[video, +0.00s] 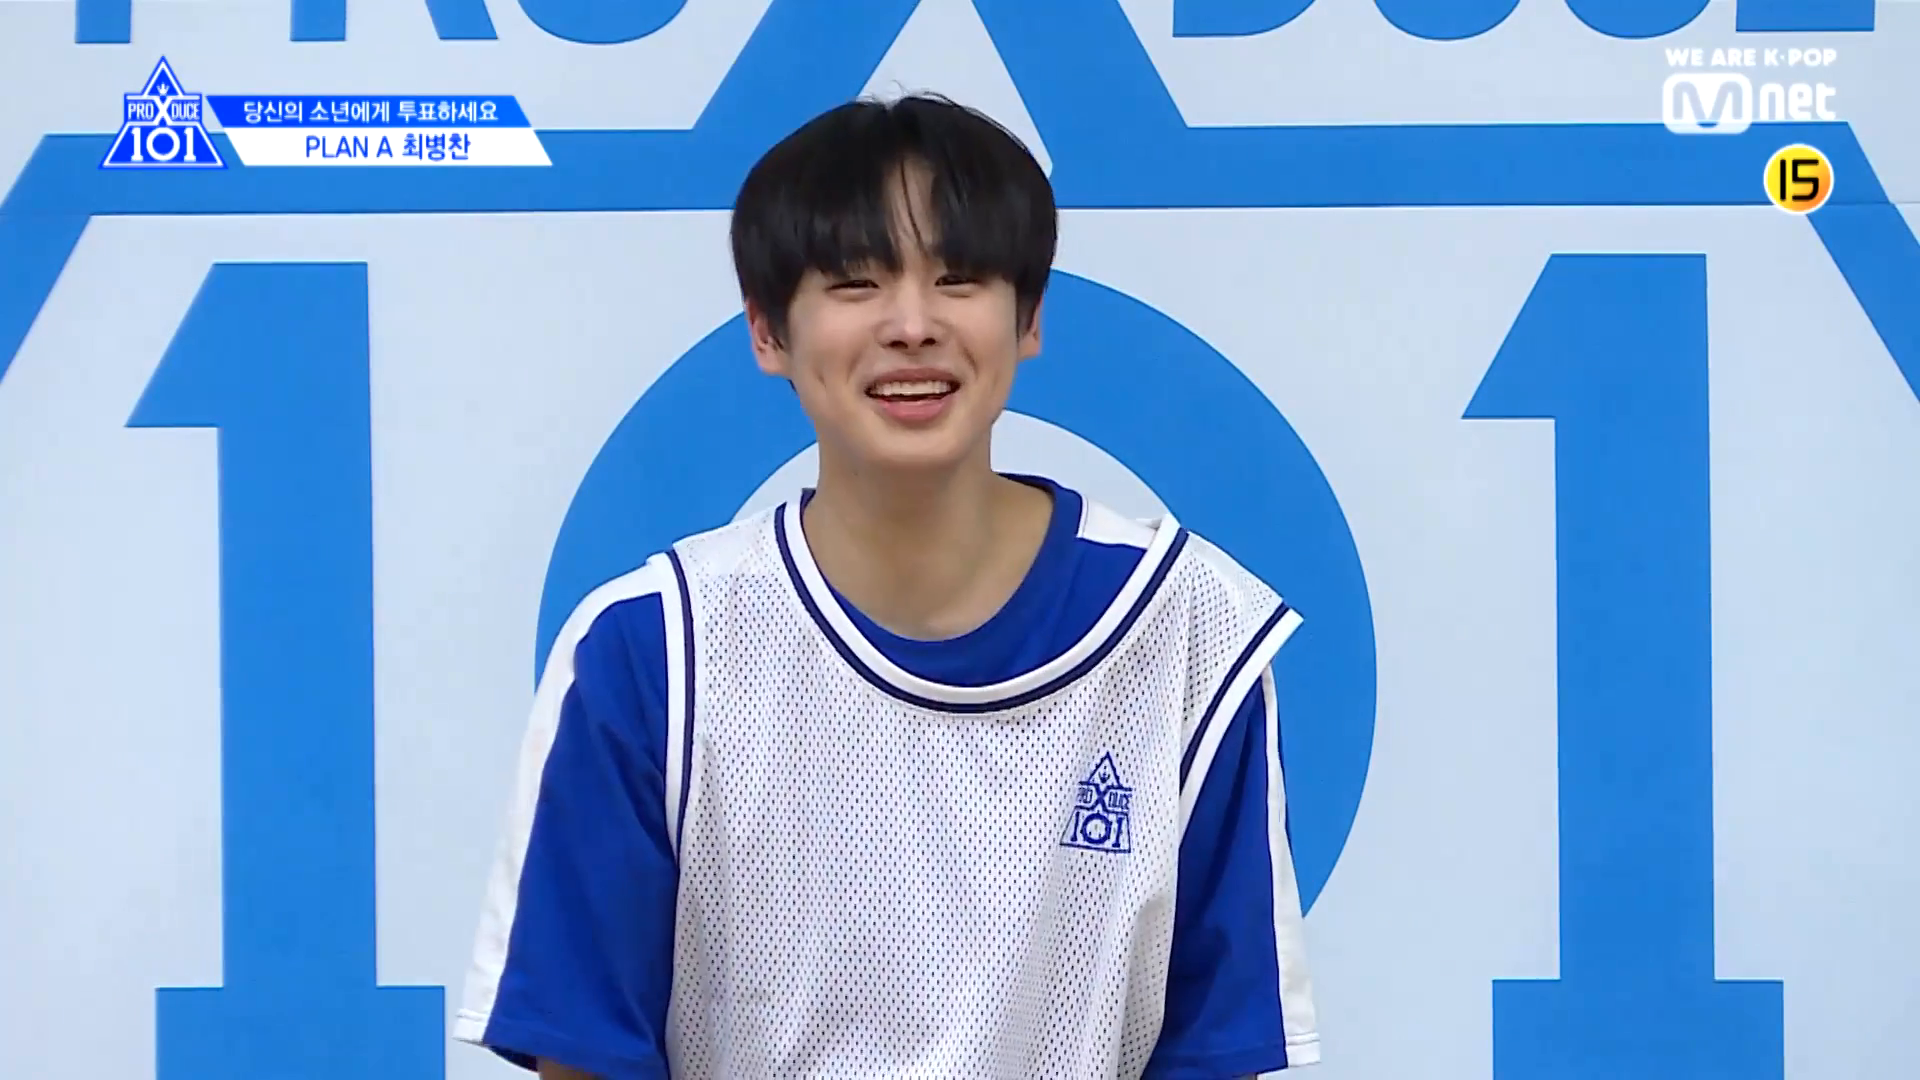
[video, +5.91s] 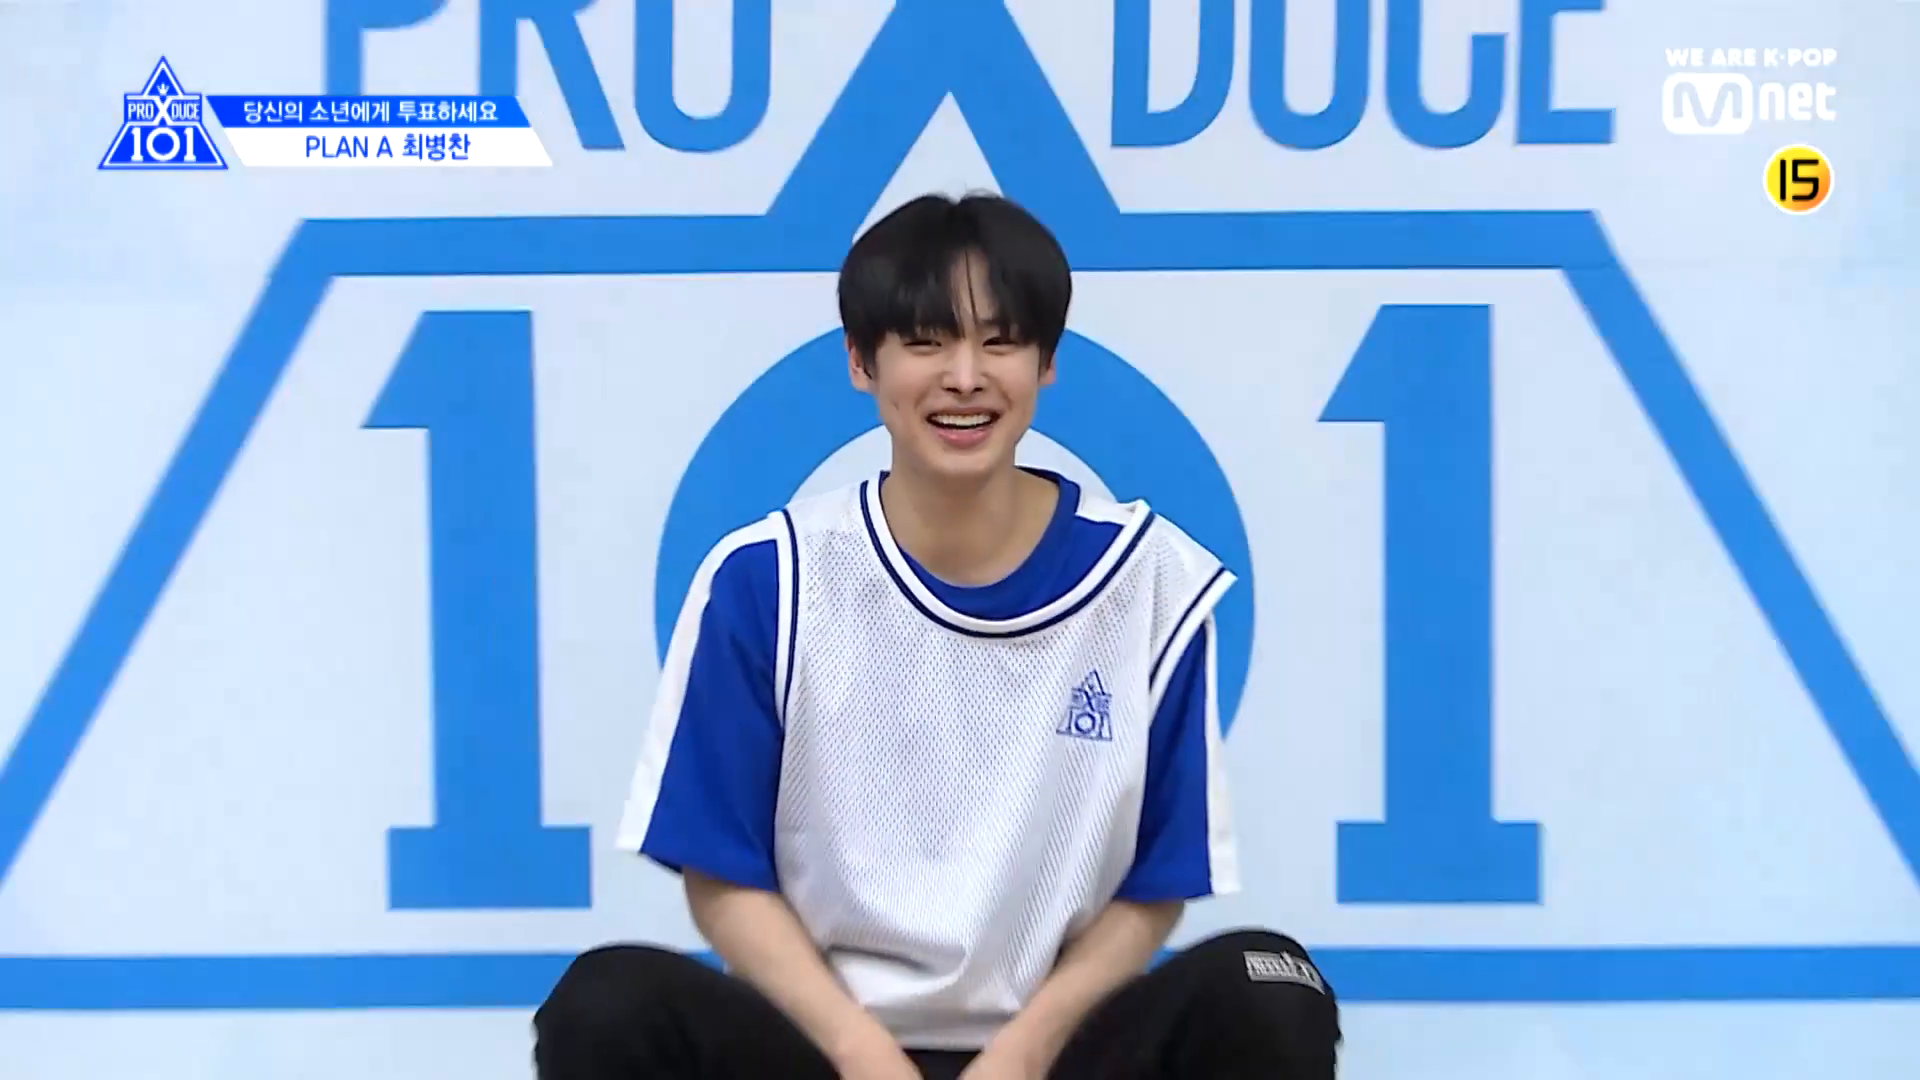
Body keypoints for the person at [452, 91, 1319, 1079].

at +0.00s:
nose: (912, 324)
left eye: (959, 280)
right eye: (855, 282)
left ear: (1026, 326)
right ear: (771, 335)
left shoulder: (1192, 635)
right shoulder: (648, 653)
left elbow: (1230, 1050)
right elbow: (571, 1046)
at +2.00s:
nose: (963, 335)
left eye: (1012, 285)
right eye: (910, 283)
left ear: (1074, 325)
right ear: (821, 323)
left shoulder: (1228, 641)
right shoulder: (673, 643)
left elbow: (1250, 1053)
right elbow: (615, 1049)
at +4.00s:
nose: (975, 359)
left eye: (1023, 306)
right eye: (922, 306)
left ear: (1088, 341)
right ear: (839, 344)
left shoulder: (1246, 653)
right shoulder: (692, 647)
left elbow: (1271, 1051)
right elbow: (616, 1046)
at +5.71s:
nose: (974, 347)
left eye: (1017, 303)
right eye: (928, 301)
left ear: (1070, 336)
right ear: (849, 333)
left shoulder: (1212, 617)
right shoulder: (720, 609)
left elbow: (1204, 991)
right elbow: (672, 978)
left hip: (1076, 1060)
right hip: (810, 1057)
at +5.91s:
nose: (964, 377)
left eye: (999, 342)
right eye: (926, 340)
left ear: (1043, 362)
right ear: (864, 363)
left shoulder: (1154, 584)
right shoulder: (762, 579)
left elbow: (1156, 885)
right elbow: (719, 877)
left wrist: (1018, 1051)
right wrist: (862, 1050)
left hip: (1057, 1050)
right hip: (825, 1045)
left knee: (1271, 988)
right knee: (601, 1001)